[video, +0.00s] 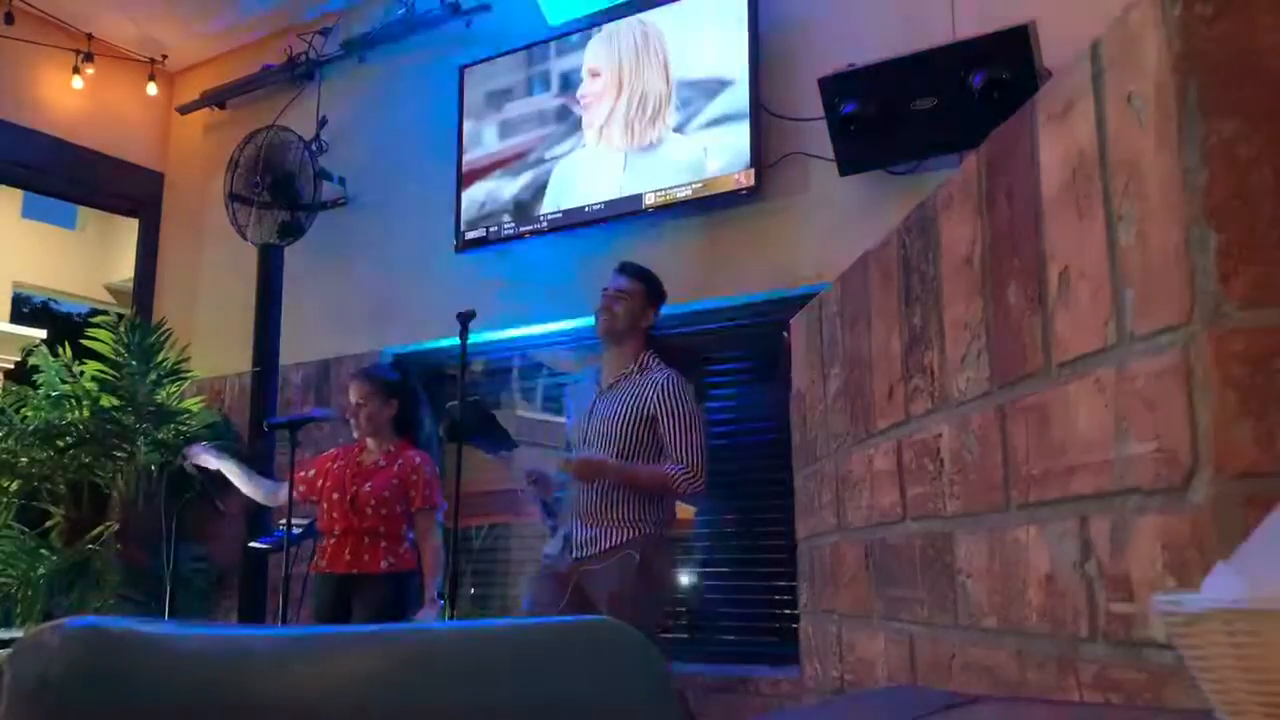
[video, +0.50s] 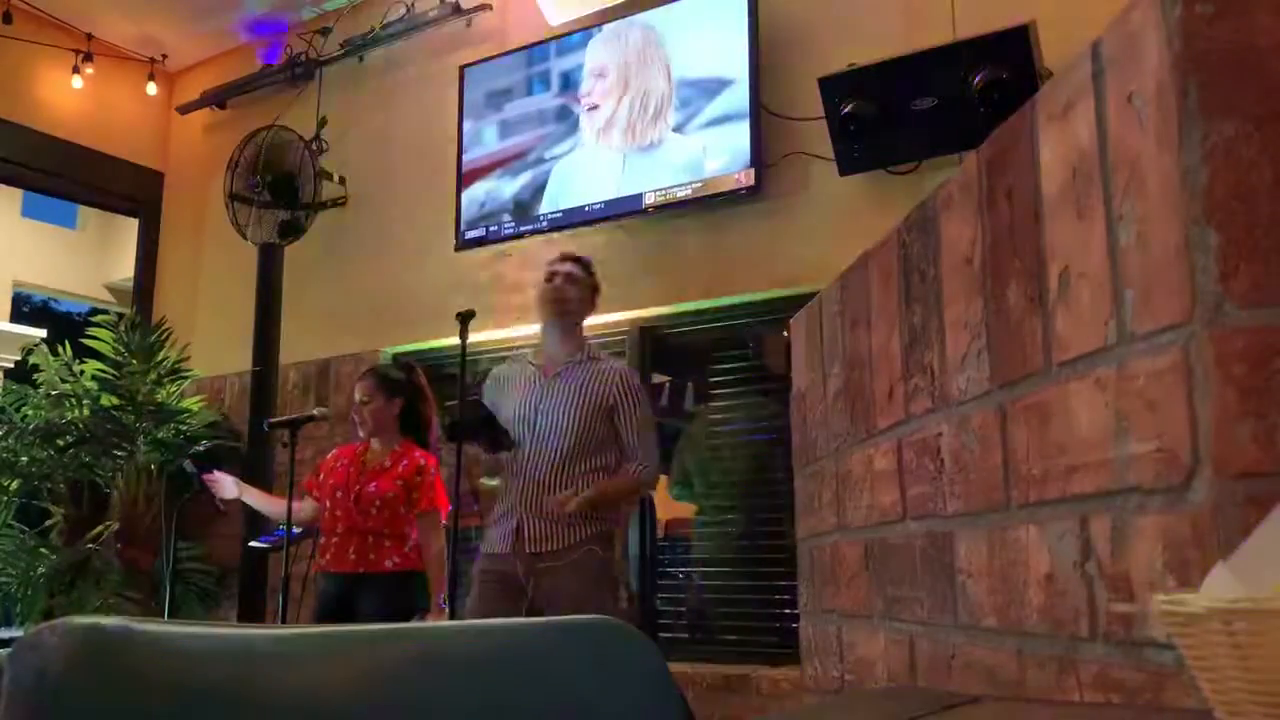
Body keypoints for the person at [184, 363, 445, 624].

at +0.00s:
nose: (351, 413)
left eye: (361, 405)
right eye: (350, 405)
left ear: (391, 407)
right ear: (348, 406)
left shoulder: (415, 464)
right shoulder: (335, 461)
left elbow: (429, 537)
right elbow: (274, 495)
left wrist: (431, 602)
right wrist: (222, 463)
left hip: (386, 584)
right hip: (330, 583)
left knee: (376, 679)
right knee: (322, 675)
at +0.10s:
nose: (356, 411)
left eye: (367, 403)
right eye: (354, 403)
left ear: (396, 407)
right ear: (351, 404)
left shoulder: (416, 465)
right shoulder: (335, 461)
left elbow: (429, 538)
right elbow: (278, 502)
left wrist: (431, 602)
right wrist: (225, 470)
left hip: (390, 584)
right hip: (332, 582)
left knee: (379, 677)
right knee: (324, 674)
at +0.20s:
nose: (356, 408)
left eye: (367, 400)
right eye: (355, 400)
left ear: (397, 407)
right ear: (353, 400)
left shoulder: (419, 465)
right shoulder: (336, 459)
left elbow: (431, 539)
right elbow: (289, 508)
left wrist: (433, 602)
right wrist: (231, 478)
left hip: (392, 587)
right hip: (334, 585)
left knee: (386, 682)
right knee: (322, 677)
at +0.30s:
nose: (357, 408)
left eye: (368, 400)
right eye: (356, 399)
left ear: (397, 405)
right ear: (354, 400)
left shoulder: (420, 465)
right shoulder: (338, 458)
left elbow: (431, 538)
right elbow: (296, 512)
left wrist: (434, 604)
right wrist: (237, 485)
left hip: (393, 586)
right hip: (334, 585)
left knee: (387, 681)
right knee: (325, 679)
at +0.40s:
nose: (356, 408)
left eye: (367, 400)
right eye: (355, 400)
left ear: (397, 404)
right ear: (354, 401)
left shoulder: (420, 465)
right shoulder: (338, 458)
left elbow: (431, 540)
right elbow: (300, 513)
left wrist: (437, 605)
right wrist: (239, 490)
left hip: (393, 587)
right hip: (334, 587)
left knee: (388, 686)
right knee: (329, 684)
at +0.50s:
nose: (355, 411)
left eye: (365, 402)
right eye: (354, 403)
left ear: (396, 405)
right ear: (354, 403)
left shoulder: (418, 464)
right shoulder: (340, 458)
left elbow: (432, 539)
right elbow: (303, 512)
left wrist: (438, 607)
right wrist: (240, 489)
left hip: (392, 589)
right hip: (335, 588)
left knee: (387, 688)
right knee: (327, 686)